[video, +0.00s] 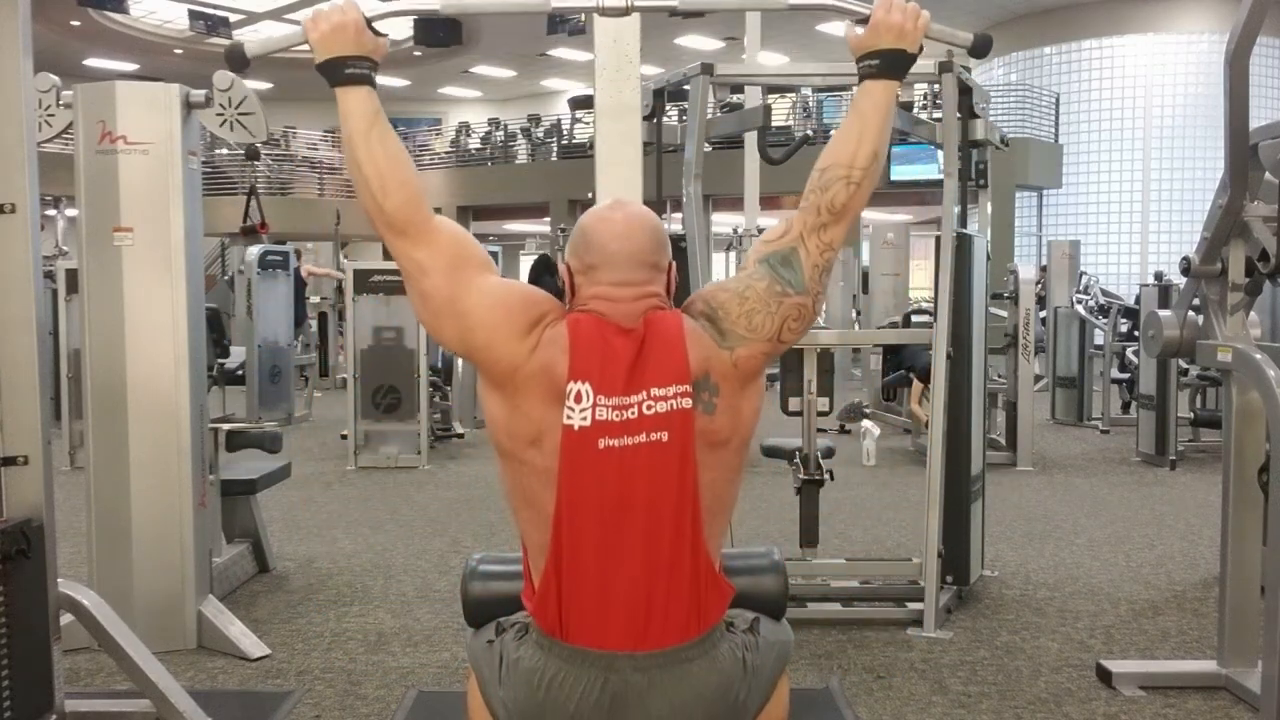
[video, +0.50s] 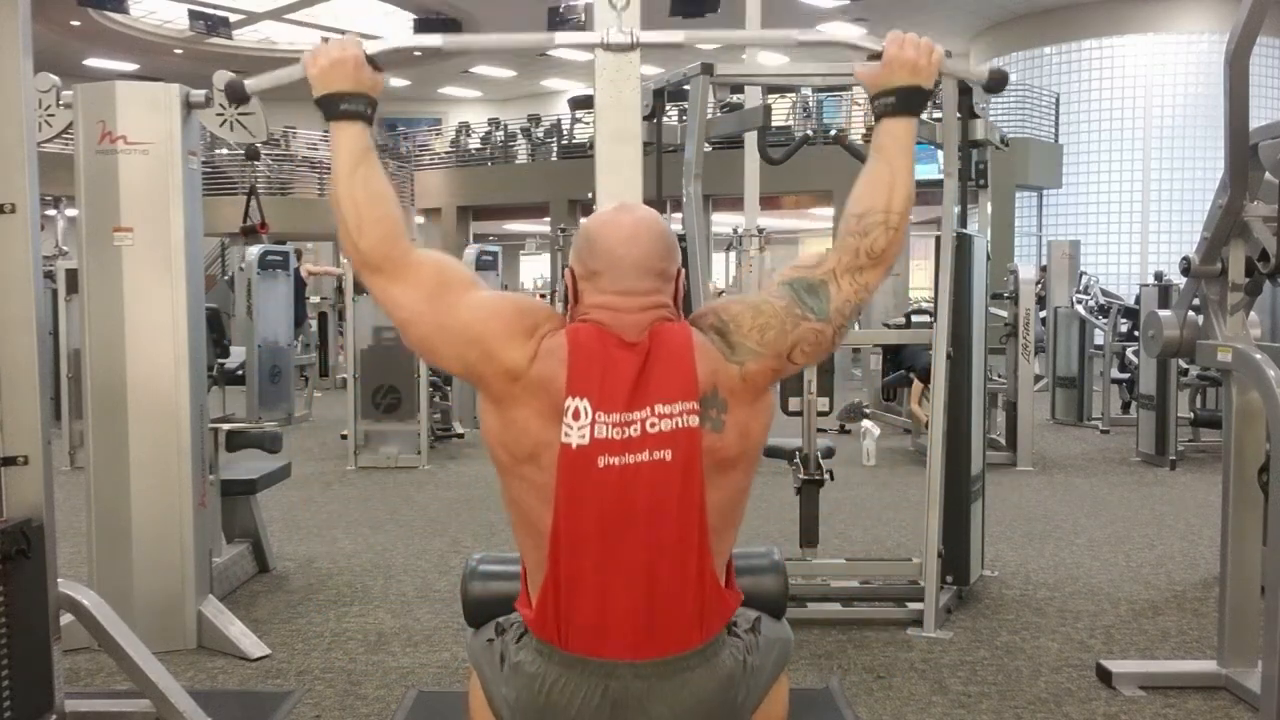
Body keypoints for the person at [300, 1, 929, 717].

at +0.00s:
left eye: (570, 264)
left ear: (568, 280)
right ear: (671, 281)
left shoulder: (515, 339)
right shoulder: (728, 343)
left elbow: (405, 222)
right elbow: (827, 214)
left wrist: (348, 70)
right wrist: (885, 67)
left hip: (556, 682)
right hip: (697, 681)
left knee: (488, 667)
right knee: (769, 646)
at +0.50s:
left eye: (573, 270)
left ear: (573, 287)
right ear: (677, 289)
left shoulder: (512, 349)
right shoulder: (740, 353)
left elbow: (383, 260)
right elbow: (864, 254)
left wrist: (347, 111)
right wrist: (899, 107)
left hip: (555, 685)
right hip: (700, 682)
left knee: (489, 657)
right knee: (768, 648)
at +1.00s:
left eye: (567, 360)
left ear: (565, 379)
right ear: (688, 381)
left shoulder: (492, 490)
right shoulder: (758, 489)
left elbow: (330, 494)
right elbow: (906, 496)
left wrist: (322, 348)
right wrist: (915, 350)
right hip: (711, 694)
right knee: (769, 625)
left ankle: (486, 703)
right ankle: (777, 707)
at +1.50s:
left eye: (561, 394)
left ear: (563, 416)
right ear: (689, 419)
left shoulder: (486, 546)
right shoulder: (764, 545)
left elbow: (352, 648)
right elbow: (875, 646)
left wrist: (324, 497)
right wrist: (907, 499)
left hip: (536, 707)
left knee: (483, 666)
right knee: (769, 647)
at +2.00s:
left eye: (559, 368)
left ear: (559, 388)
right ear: (682, 390)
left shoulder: (483, 509)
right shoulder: (757, 512)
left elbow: (339, 558)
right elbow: (896, 552)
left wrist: (326, 409)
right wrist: (908, 407)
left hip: (532, 708)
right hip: (710, 706)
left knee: (453, 680)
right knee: (813, 689)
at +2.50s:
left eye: (559, 308)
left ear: (560, 324)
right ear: (671, 325)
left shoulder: (492, 410)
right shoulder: (749, 412)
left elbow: (345, 369)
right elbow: (885, 357)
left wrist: (335, 224)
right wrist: (902, 207)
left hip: (546, 695)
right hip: (706, 693)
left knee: (488, 650)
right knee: (768, 643)